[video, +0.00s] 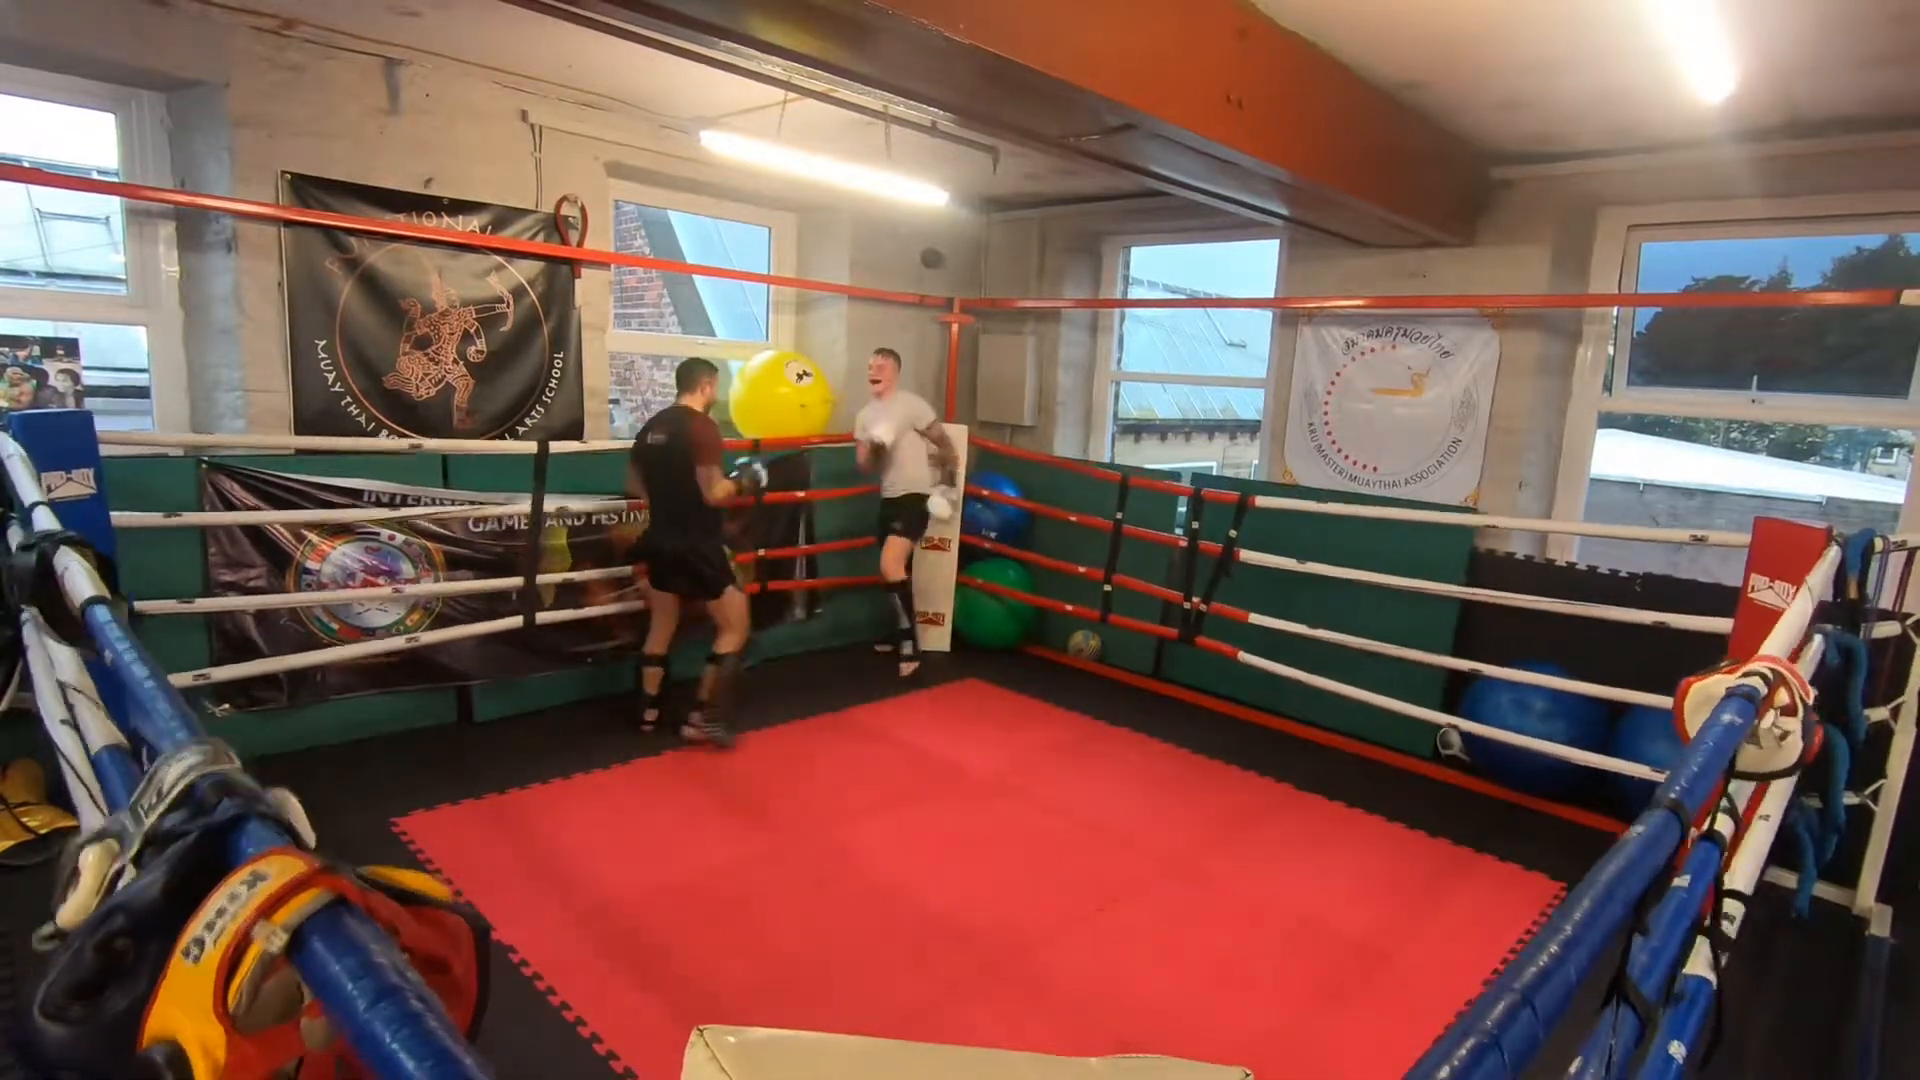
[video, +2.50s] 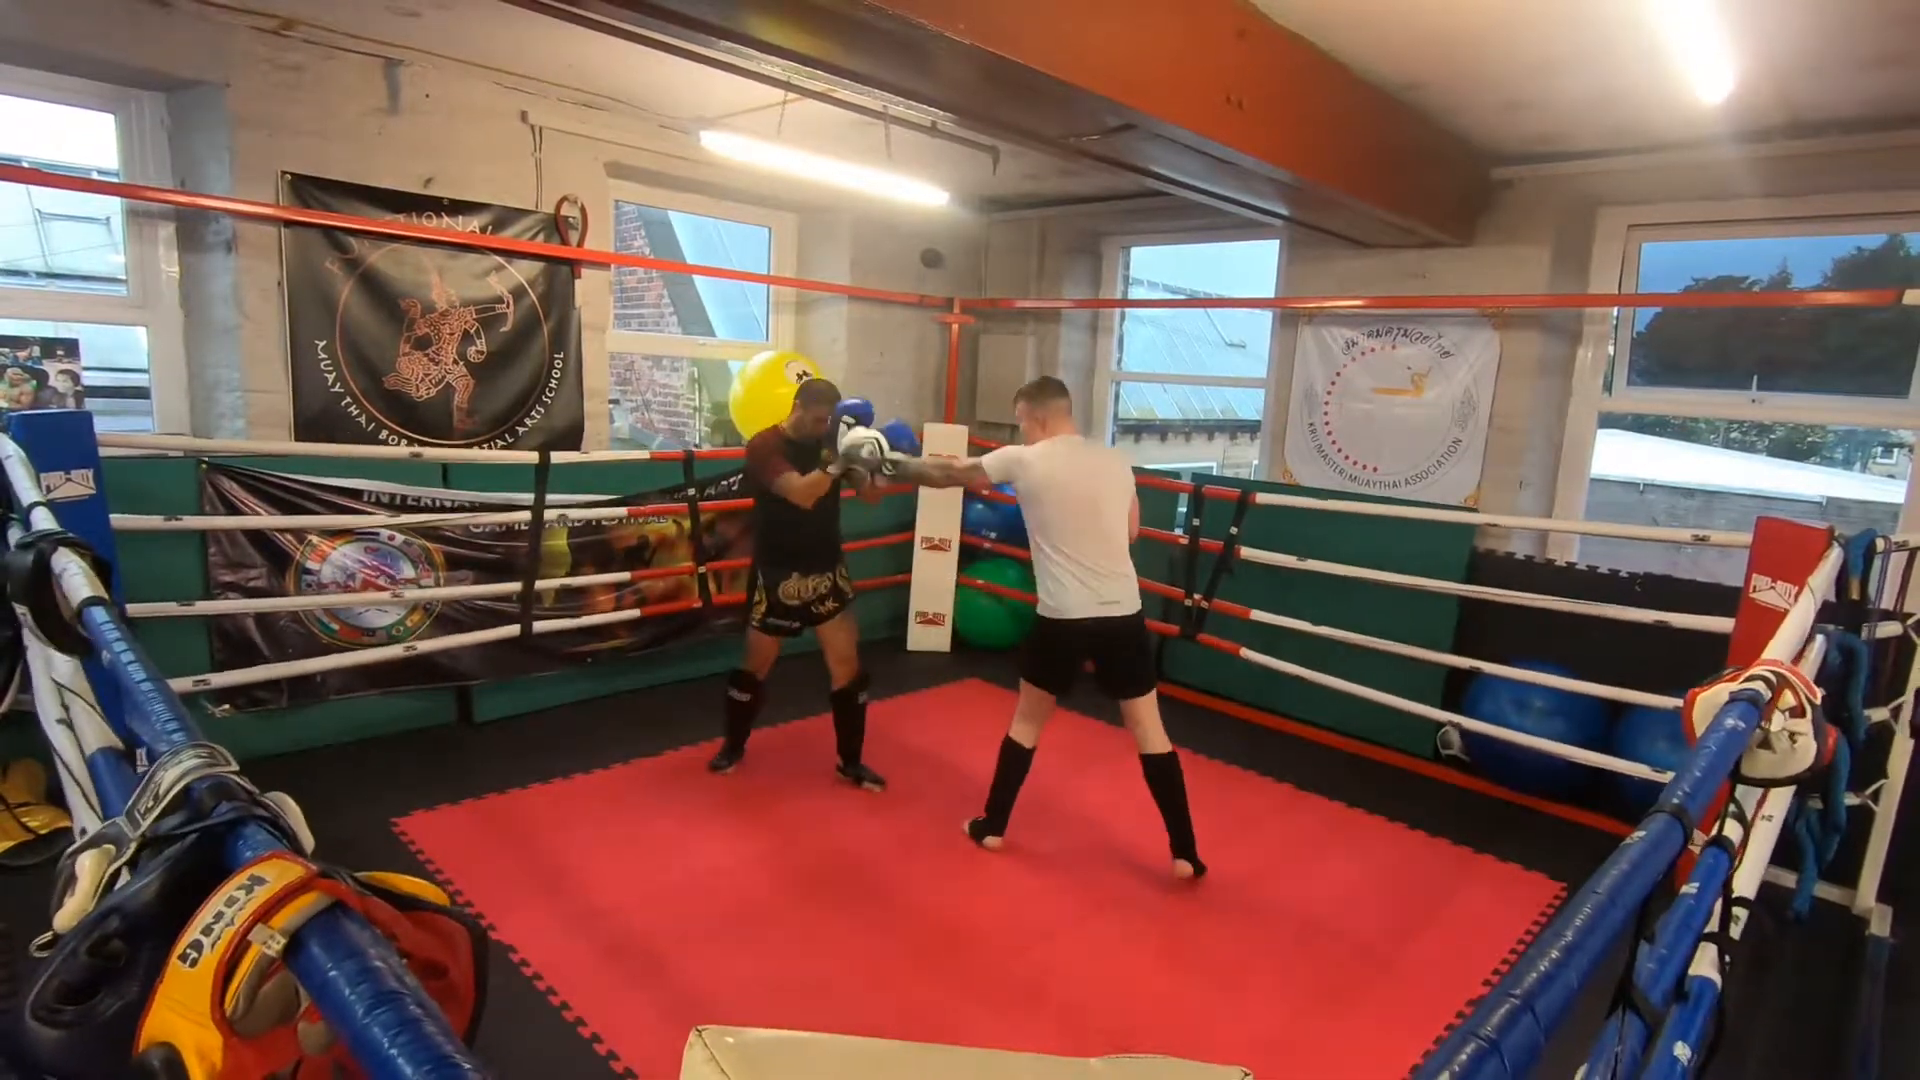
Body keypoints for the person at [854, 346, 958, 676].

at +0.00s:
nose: (873, 374)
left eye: (880, 368)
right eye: (871, 368)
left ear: (895, 373)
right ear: (868, 373)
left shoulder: (912, 405)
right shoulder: (866, 415)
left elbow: (945, 443)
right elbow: (864, 465)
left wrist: (947, 478)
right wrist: (873, 450)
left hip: (916, 493)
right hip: (889, 496)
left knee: (891, 564)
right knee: (895, 568)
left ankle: (909, 643)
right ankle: (900, 635)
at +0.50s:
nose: (925, 404)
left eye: (931, 399)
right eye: (923, 399)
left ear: (950, 401)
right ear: (923, 401)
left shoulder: (963, 433)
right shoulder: (928, 434)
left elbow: (995, 479)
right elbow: (927, 485)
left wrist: (989, 518)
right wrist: (917, 470)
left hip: (965, 528)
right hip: (942, 528)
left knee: (961, 604)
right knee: (935, 594)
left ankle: (978, 682)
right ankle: (959, 658)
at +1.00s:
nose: (977, 407)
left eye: (983, 401)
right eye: (977, 400)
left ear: (1005, 402)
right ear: (1005, 404)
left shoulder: (1014, 441)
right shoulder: (1022, 435)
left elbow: (1038, 499)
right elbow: (1018, 488)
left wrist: (1001, 541)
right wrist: (986, 488)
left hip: (1019, 555)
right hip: (1039, 553)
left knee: (985, 631)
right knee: (1041, 630)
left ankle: (971, 716)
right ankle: (1089, 703)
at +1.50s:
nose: (1034, 424)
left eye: (1038, 416)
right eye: (1035, 416)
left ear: (1055, 416)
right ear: (1075, 416)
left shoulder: (1044, 464)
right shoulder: (1108, 464)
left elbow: (1030, 525)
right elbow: (1087, 520)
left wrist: (979, 542)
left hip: (1054, 593)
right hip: (1097, 594)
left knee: (1028, 693)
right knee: (1088, 667)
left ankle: (1019, 800)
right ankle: (1107, 756)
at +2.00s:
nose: (1037, 440)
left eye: (1037, 431)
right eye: (1034, 432)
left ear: (1054, 423)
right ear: (1080, 422)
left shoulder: (1055, 470)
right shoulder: (1123, 470)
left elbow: (1052, 539)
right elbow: (1104, 541)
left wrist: (1004, 569)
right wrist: (1017, 560)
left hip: (1068, 615)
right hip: (1124, 618)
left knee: (1028, 707)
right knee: (1138, 732)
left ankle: (1018, 818)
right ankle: (1171, 857)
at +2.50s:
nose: (1021, 430)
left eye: (1021, 422)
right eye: (1020, 423)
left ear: (1035, 419)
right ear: (1068, 414)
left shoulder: (1023, 459)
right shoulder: (1117, 461)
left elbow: (948, 473)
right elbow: (1132, 529)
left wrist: (884, 462)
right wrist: (1076, 515)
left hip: (1061, 621)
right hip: (1124, 620)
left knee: (1028, 721)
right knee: (1150, 729)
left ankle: (993, 826)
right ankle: (1185, 852)